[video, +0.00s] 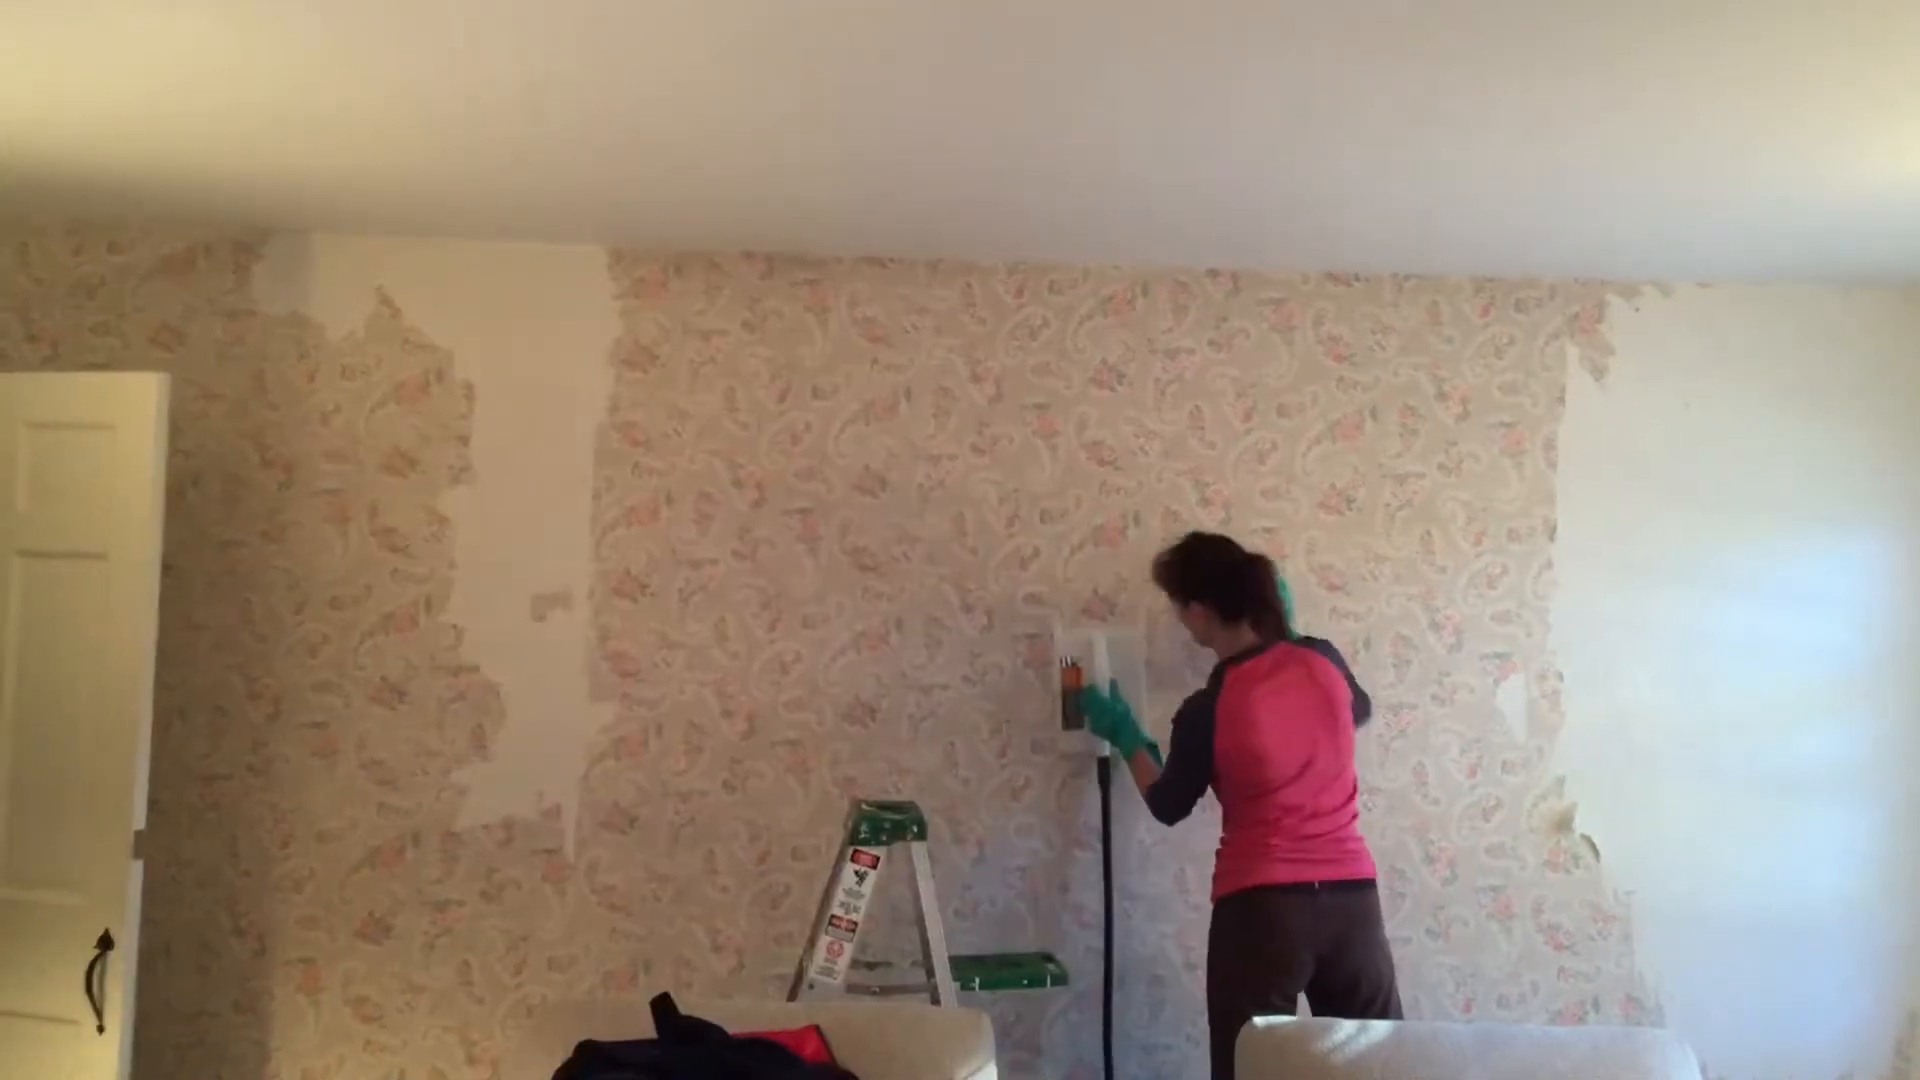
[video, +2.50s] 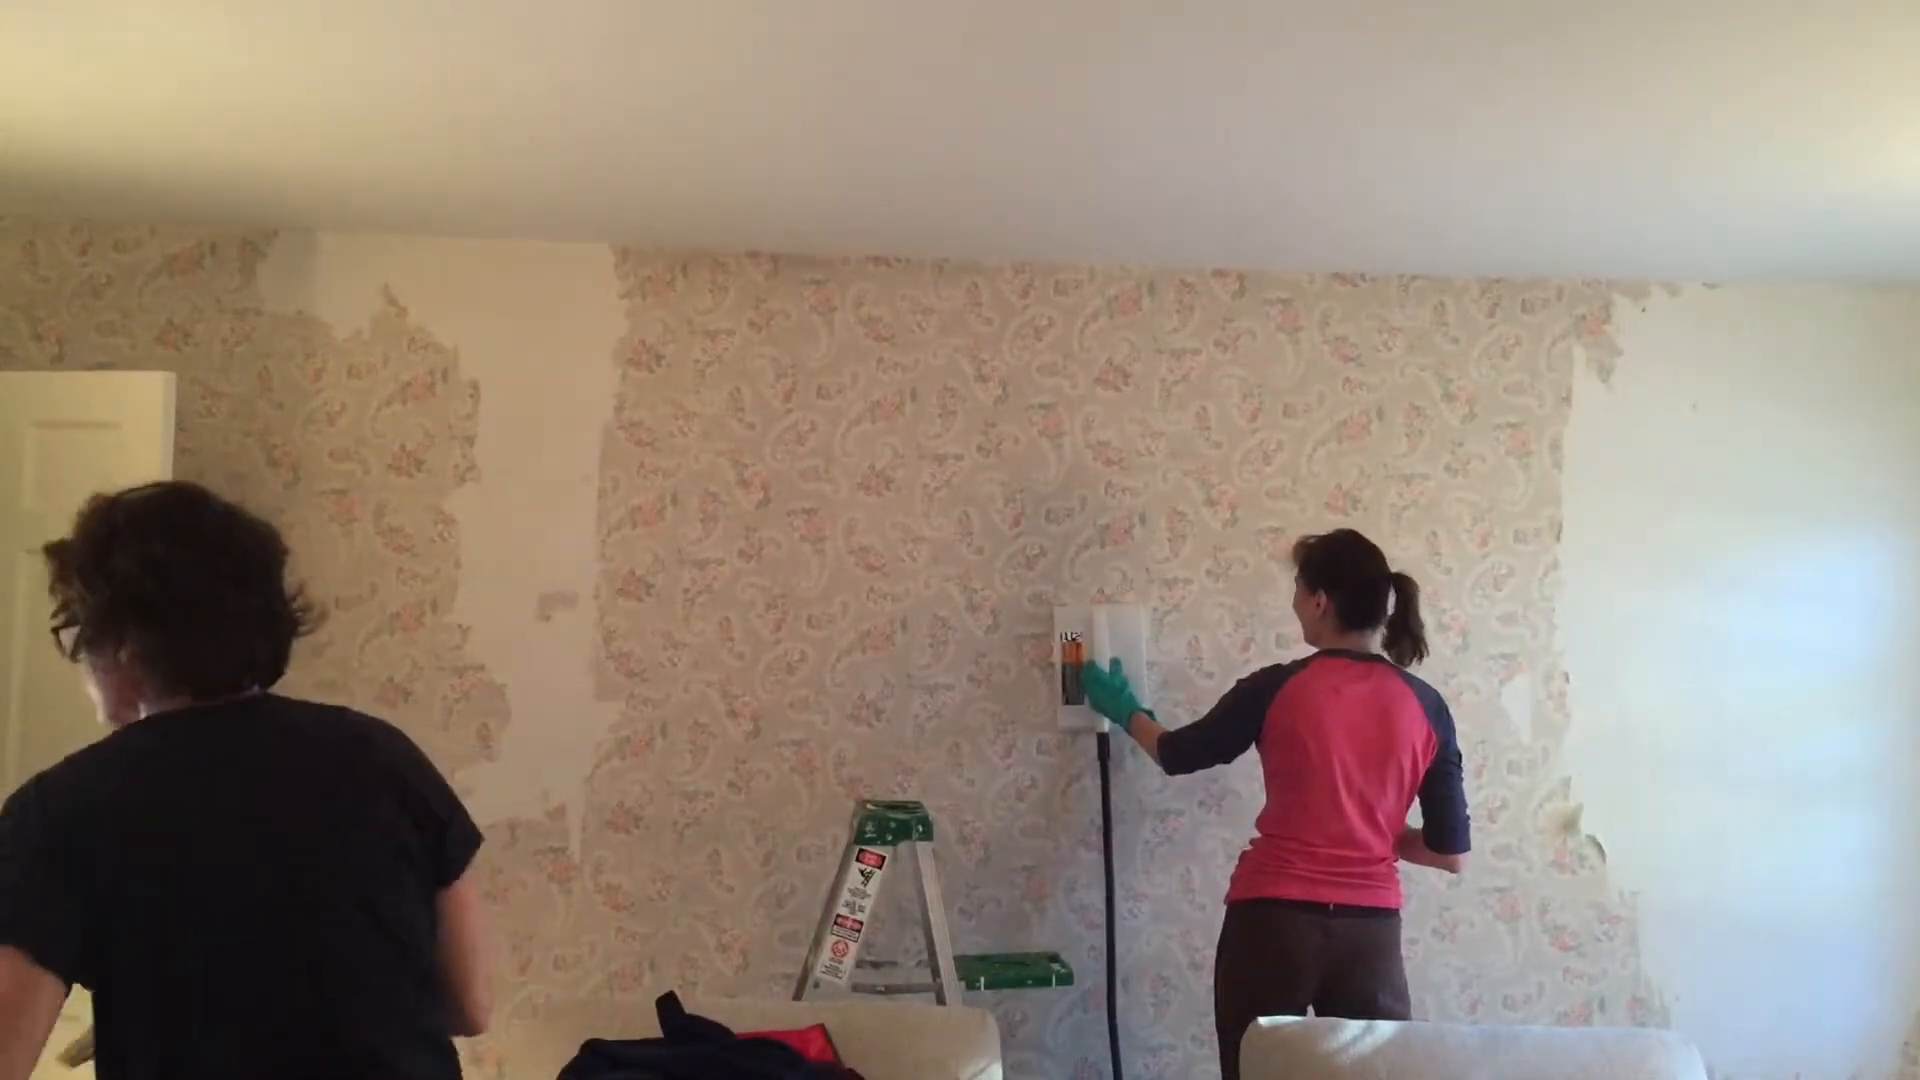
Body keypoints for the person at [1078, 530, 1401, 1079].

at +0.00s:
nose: (1181, 621)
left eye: (1180, 607)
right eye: (1178, 608)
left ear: (1203, 610)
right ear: (1258, 595)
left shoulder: (1207, 709)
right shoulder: (1323, 660)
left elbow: (1169, 804)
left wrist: (1127, 736)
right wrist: (1286, 639)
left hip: (1258, 917)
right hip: (1353, 911)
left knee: (1245, 1074)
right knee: (1380, 1070)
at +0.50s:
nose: (1241, 608)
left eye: (1249, 594)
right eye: (1241, 594)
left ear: (1296, 599)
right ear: (1302, 597)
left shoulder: (1264, 691)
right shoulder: (1393, 685)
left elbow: (1180, 768)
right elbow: (1451, 804)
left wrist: (1129, 712)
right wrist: (1399, 735)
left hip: (1278, 920)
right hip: (1374, 922)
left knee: (1262, 1075)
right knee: (1385, 1074)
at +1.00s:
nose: (1254, 619)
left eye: (1266, 604)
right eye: (1252, 605)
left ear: (1317, 602)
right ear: (1322, 603)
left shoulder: (1283, 685)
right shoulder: (1398, 688)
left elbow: (1184, 749)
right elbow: (1445, 809)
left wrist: (1125, 705)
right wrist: (1373, 764)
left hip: (1296, 922)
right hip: (1389, 925)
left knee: (1269, 1073)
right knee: (1397, 1074)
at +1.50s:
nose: (1277, 608)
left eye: (1279, 593)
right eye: (1277, 593)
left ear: (1302, 596)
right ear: (1354, 594)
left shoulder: (1276, 686)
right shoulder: (1416, 695)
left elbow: (1176, 758)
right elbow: (1445, 835)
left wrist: (1127, 709)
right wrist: (1390, 786)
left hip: (1279, 927)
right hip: (1378, 934)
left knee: (1260, 1075)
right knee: (1385, 1076)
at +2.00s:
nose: (1291, 606)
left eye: (1294, 590)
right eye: (1293, 590)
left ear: (1313, 596)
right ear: (1370, 598)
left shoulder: (1275, 685)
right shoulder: (1425, 704)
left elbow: (1177, 753)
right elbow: (1446, 848)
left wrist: (1128, 709)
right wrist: (1378, 815)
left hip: (1270, 933)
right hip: (1371, 940)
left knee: (1254, 1073)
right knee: (1380, 1076)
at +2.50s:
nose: (1295, 602)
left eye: (1299, 589)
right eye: (1298, 588)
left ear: (1320, 600)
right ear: (1379, 602)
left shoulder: (1277, 685)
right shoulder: (1427, 705)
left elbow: (1175, 753)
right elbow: (1449, 852)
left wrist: (1124, 711)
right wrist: (1375, 831)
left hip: (1268, 932)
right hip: (1370, 940)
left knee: (1253, 1074)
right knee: (1379, 1076)